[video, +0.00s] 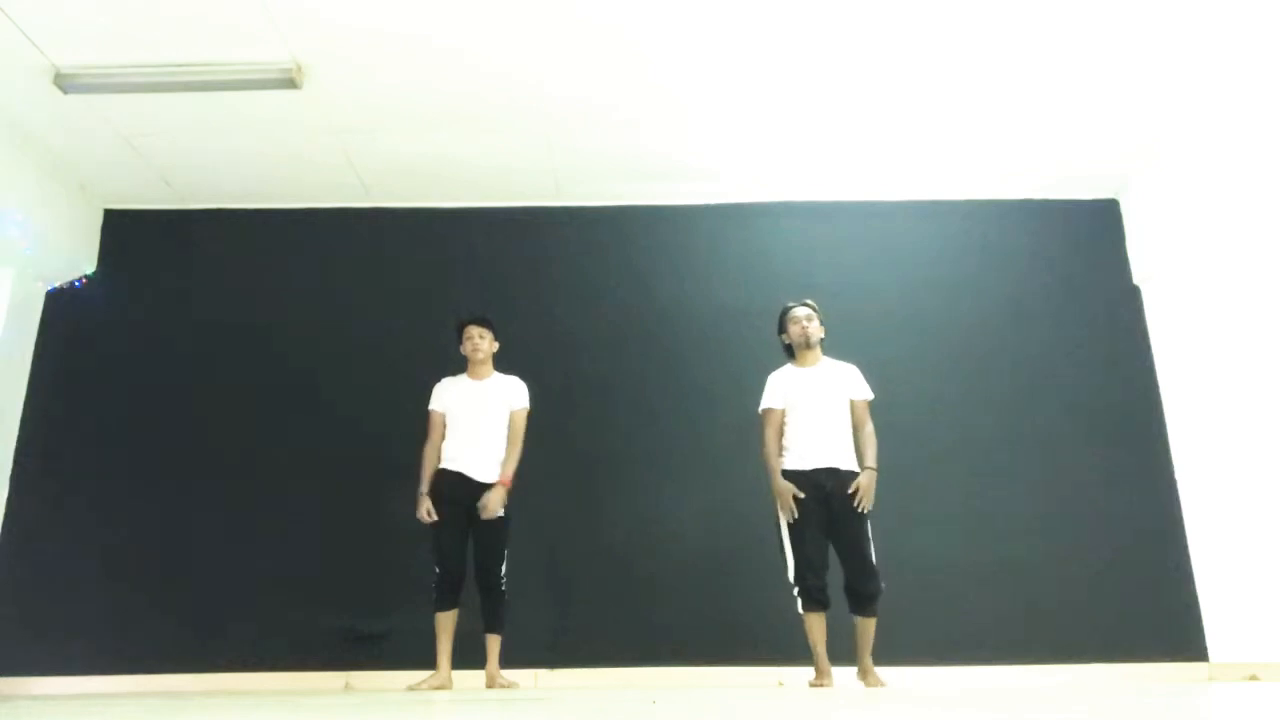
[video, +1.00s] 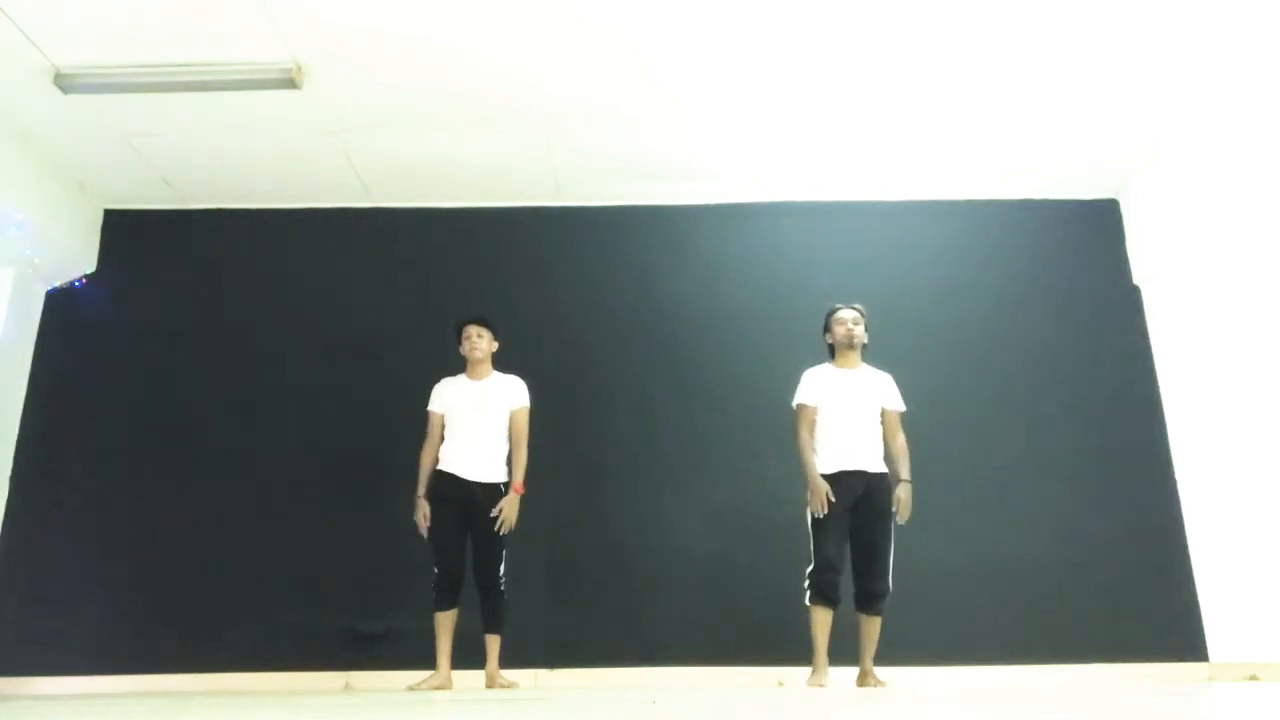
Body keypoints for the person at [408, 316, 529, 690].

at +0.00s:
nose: (475, 343)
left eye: (482, 338)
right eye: (469, 339)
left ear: (495, 346)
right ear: (461, 348)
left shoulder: (513, 387)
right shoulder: (445, 387)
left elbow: (515, 442)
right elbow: (433, 441)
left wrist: (501, 487)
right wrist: (424, 490)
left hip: (491, 489)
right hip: (449, 486)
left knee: (492, 578)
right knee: (448, 576)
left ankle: (493, 671)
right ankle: (443, 672)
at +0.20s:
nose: (473, 343)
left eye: (480, 338)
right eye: (467, 339)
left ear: (494, 346)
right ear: (459, 347)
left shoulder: (512, 385)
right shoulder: (444, 387)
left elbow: (517, 439)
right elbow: (430, 440)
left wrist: (497, 482)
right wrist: (417, 489)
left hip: (492, 489)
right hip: (448, 487)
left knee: (491, 578)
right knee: (447, 576)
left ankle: (493, 672)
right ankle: (442, 672)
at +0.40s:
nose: (473, 343)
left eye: (480, 338)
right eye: (467, 339)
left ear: (494, 346)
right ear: (460, 348)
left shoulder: (512, 386)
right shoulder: (445, 385)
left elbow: (518, 440)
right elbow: (430, 440)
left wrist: (512, 491)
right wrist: (422, 491)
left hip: (493, 491)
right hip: (448, 489)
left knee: (491, 578)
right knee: (446, 576)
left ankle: (493, 672)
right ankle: (442, 672)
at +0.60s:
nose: (474, 341)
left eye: (481, 336)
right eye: (468, 337)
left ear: (495, 346)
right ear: (461, 348)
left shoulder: (513, 386)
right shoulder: (444, 386)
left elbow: (524, 442)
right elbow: (428, 443)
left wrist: (513, 491)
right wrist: (414, 492)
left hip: (492, 491)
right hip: (447, 489)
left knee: (490, 579)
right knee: (447, 576)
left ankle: (492, 672)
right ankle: (442, 673)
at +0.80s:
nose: (474, 342)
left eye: (481, 336)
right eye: (468, 337)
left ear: (495, 345)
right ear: (460, 347)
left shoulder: (513, 387)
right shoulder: (444, 386)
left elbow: (519, 443)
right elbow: (433, 443)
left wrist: (516, 492)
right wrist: (426, 494)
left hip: (492, 491)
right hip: (448, 490)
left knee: (490, 579)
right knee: (447, 577)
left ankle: (493, 672)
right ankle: (442, 672)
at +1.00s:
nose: (473, 343)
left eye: (480, 337)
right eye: (468, 338)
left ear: (494, 345)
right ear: (460, 348)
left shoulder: (513, 386)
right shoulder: (444, 388)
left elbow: (519, 445)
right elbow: (431, 444)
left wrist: (515, 493)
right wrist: (421, 494)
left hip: (492, 492)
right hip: (448, 490)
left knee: (491, 579)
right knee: (446, 577)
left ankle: (493, 672)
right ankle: (442, 672)